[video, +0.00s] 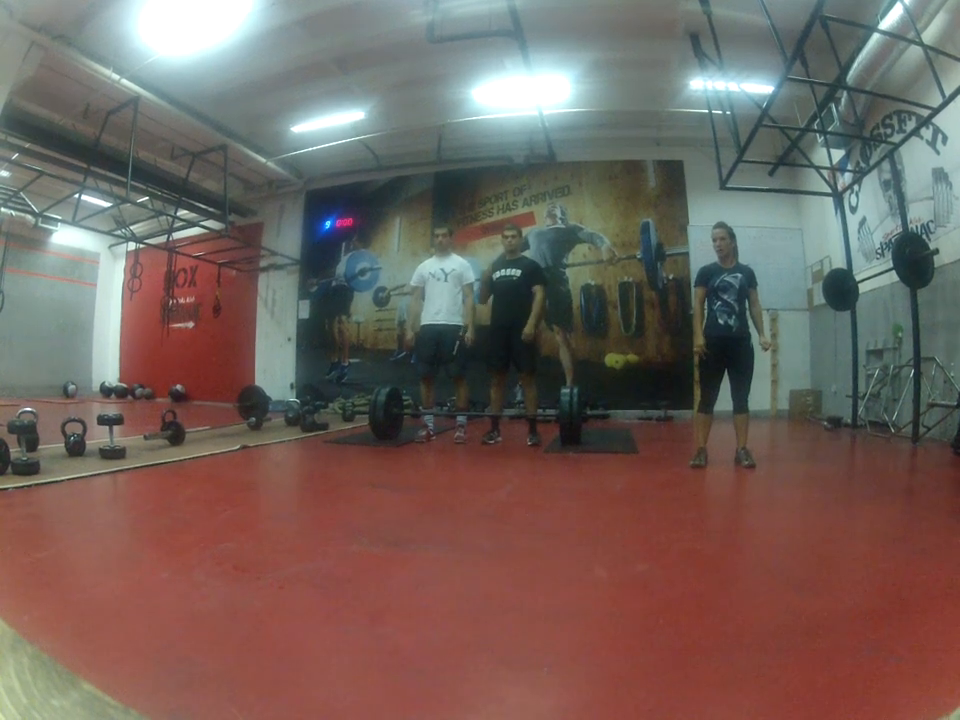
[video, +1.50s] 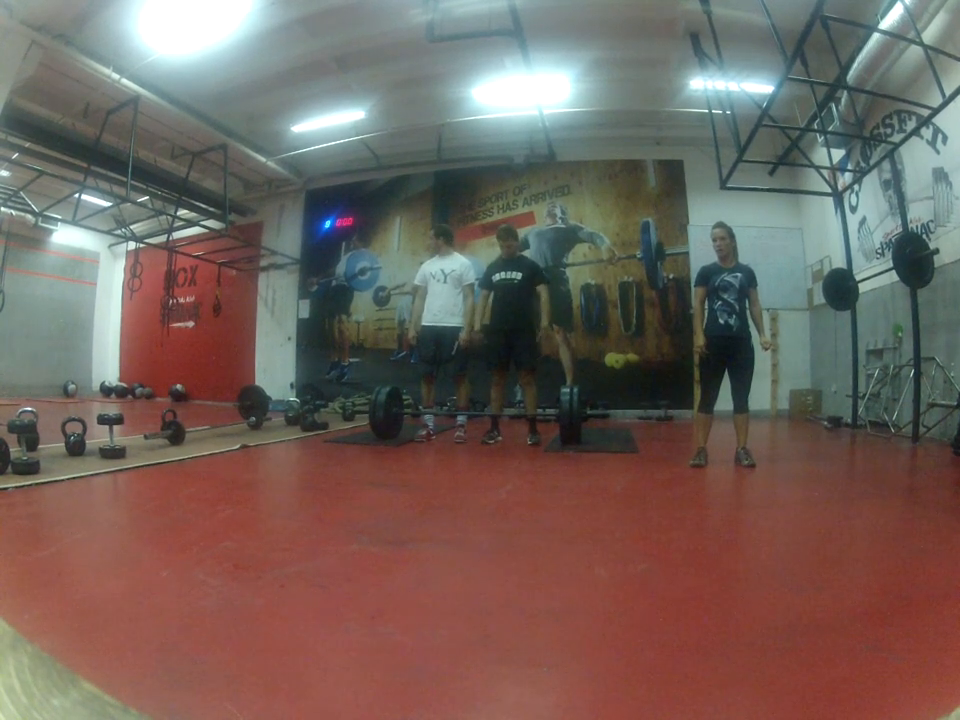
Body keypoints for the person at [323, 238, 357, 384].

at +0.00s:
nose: (352, 243)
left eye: (354, 241)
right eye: (352, 241)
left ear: (357, 242)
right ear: (351, 241)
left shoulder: (359, 257)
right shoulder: (345, 257)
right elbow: (336, 274)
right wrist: (319, 280)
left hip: (345, 289)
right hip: (334, 289)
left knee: (342, 325)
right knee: (332, 326)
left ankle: (345, 363)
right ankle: (334, 362)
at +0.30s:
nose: (352, 243)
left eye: (355, 241)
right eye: (352, 241)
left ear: (357, 242)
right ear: (350, 242)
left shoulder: (358, 257)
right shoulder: (345, 257)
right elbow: (336, 275)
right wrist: (319, 281)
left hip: (345, 289)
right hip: (334, 289)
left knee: (342, 327)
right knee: (332, 327)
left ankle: (345, 363)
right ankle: (335, 362)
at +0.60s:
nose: (353, 243)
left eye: (355, 241)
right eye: (352, 241)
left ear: (358, 242)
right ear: (351, 242)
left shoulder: (358, 257)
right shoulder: (345, 257)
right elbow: (337, 274)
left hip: (345, 289)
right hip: (334, 289)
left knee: (342, 326)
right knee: (332, 326)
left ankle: (345, 363)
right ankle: (335, 361)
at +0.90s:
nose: (353, 243)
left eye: (355, 240)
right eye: (352, 240)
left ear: (359, 242)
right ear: (351, 242)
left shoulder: (359, 256)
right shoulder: (346, 257)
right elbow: (336, 272)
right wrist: (319, 279)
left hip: (345, 288)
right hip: (334, 288)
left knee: (342, 326)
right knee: (332, 326)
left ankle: (345, 363)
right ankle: (335, 362)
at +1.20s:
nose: (353, 243)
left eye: (355, 240)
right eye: (352, 240)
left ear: (359, 242)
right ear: (351, 242)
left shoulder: (360, 256)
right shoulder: (346, 256)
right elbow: (335, 272)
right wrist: (319, 279)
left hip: (345, 288)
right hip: (334, 288)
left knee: (342, 325)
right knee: (332, 326)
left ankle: (345, 363)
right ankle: (335, 362)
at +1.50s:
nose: (353, 244)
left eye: (355, 241)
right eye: (352, 241)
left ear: (358, 242)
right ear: (350, 242)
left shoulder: (360, 256)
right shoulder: (346, 257)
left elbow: (363, 272)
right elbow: (336, 273)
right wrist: (319, 279)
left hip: (345, 289)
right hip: (334, 288)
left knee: (342, 326)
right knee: (332, 326)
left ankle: (345, 363)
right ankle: (335, 361)